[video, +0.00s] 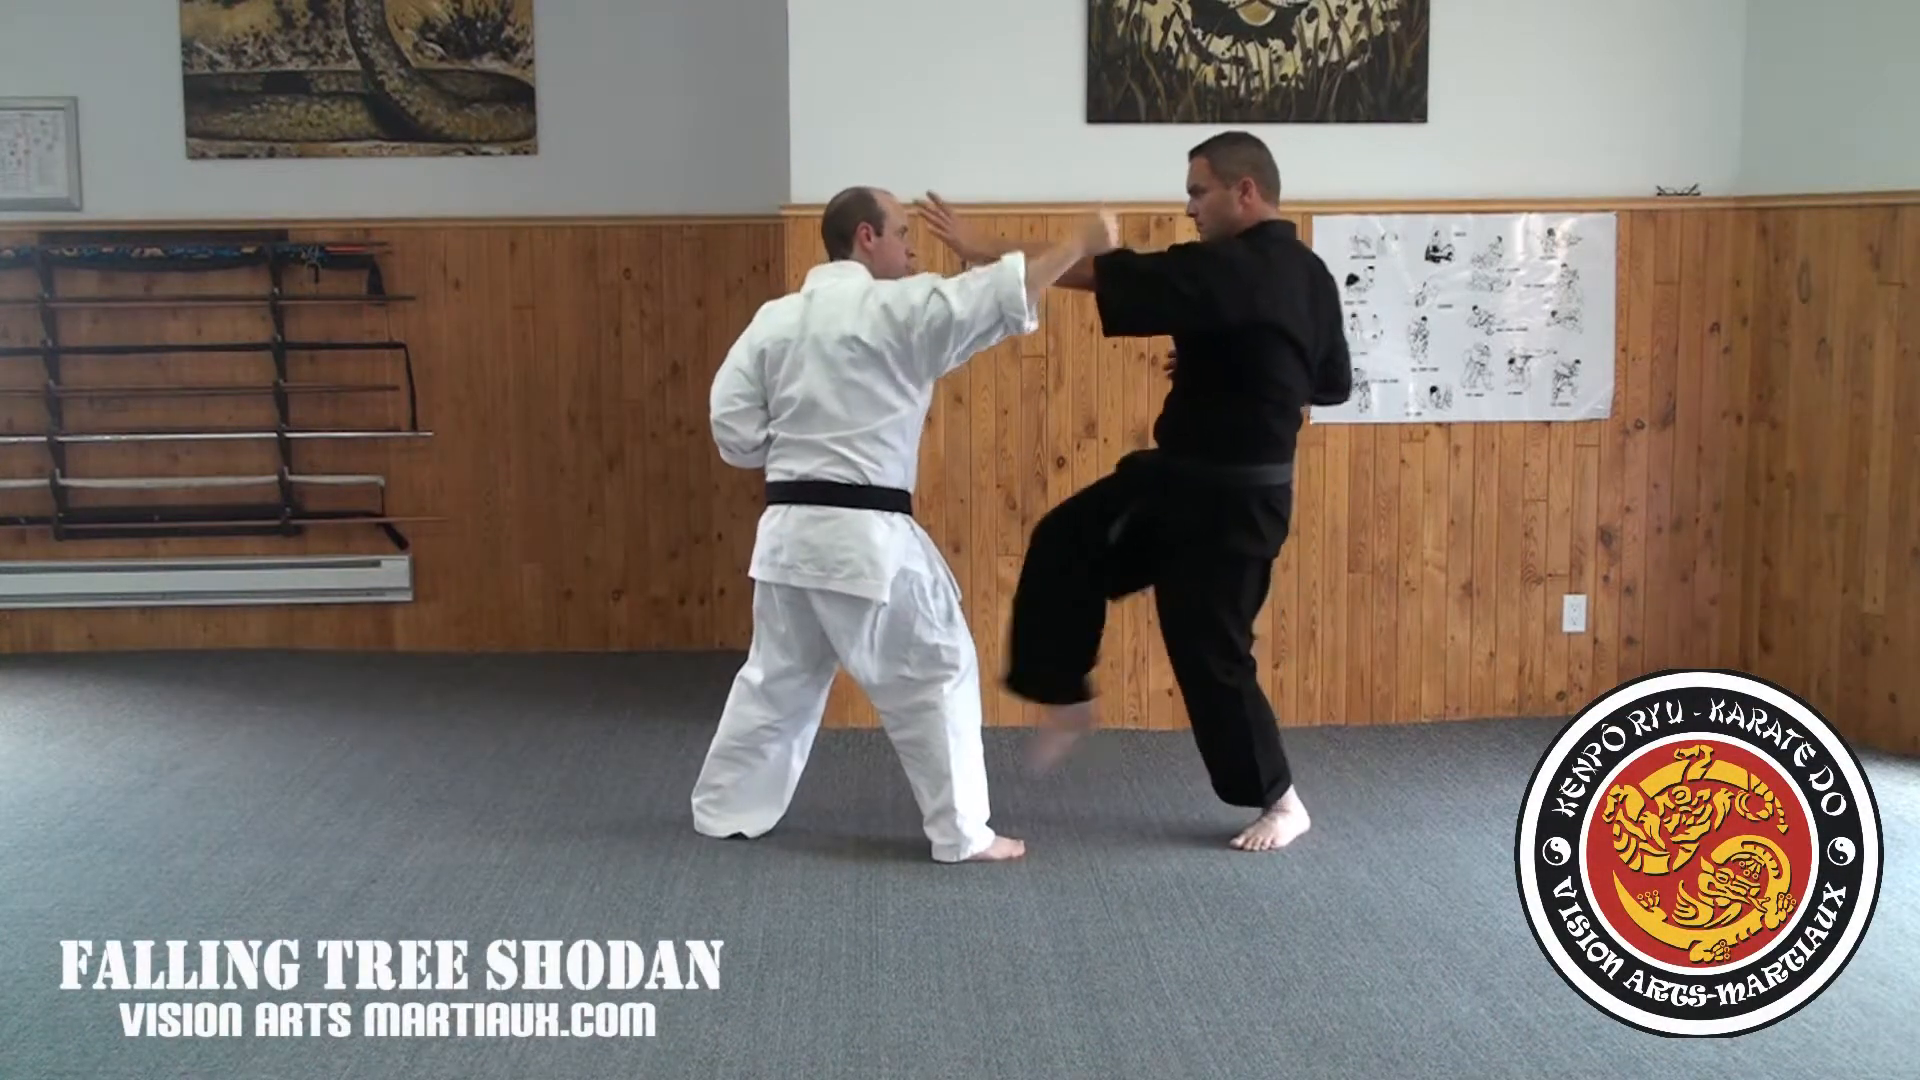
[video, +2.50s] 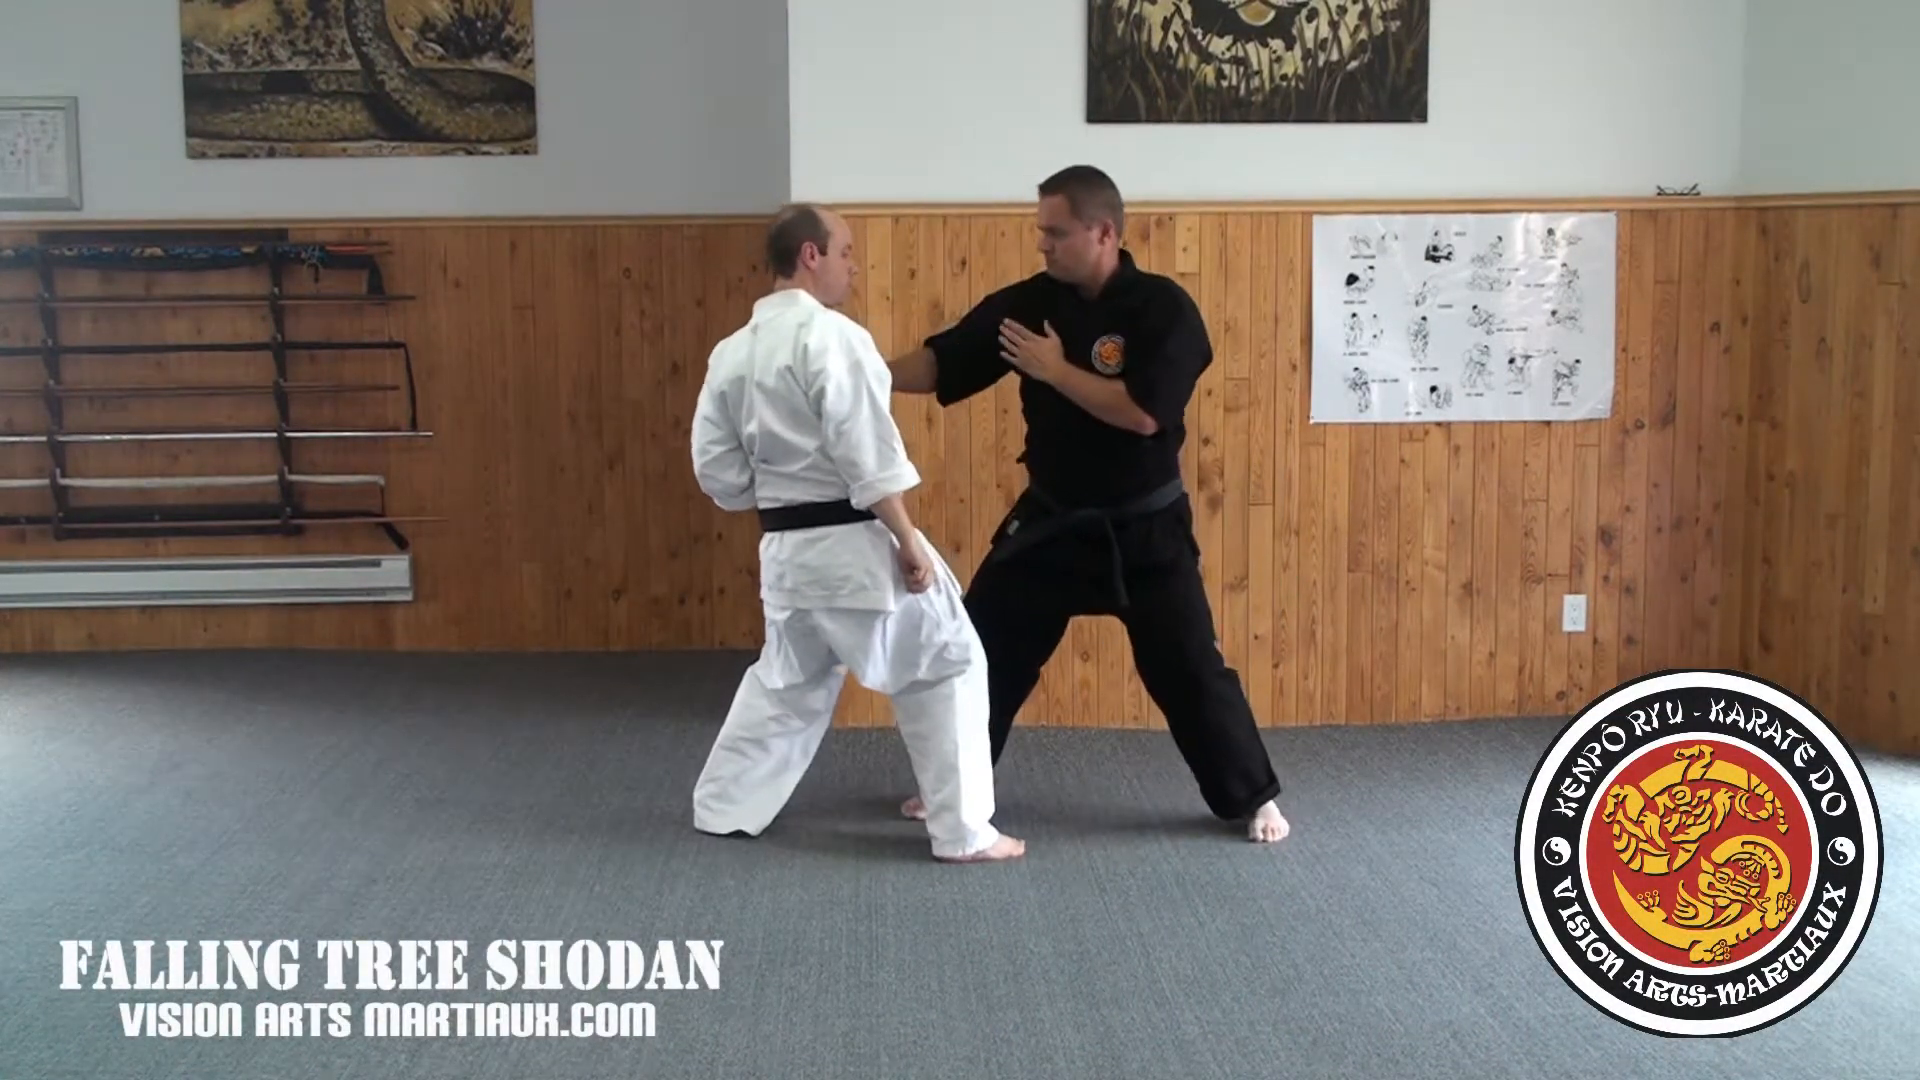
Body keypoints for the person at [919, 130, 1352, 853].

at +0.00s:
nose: (1191, 208)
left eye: (1199, 193)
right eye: (1190, 194)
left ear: (1247, 191)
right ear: (1256, 196)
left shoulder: (1223, 264)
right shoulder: (1309, 272)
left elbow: (1101, 273)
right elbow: (1330, 384)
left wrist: (984, 252)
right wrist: (1228, 364)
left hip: (1217, 491)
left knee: (1209, 649)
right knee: (1063, 545)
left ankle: (1280, 802)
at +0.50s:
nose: (1061, 224)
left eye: (1073, 210)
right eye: (1061, 211)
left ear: (1123, 215)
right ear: (1105, 216)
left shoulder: (1135, 295)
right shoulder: (1089, 292)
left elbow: (1023, 275)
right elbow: (1104, 387)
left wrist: (939, 197)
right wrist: (1032, 370)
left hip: (1101, 515)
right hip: (1033, 508)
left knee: (1132, 670)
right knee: (961, 653)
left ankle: (1241, 781)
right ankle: (932, 794)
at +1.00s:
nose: (1034, 208)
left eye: (1049, 201)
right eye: (1035, 195)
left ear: (1094, 212)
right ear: (1035, 192)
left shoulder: (1133, 279)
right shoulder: (1011, 249)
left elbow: (1069, 357)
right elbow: (949, 161)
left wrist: (1006, 308)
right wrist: (1043, 166)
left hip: (1112, 500)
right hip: (1018, 493)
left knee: (1167, 650)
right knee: (966, 646)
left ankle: (1235, 797)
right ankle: (930, 794)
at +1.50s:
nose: (1000, 252)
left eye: (1012, 242)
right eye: (998, 239)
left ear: (1060, 245)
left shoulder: (1113, 313)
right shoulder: (995, 303)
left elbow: (1055, 406)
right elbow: (890, 268)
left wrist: (988, 359)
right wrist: (977, 233)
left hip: (1108, 537)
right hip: (1014, 534)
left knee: (1165, 682)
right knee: (939, 658)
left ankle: (1246, 804)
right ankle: (914, 790)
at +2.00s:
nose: (1017, 238)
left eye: (1029, 226)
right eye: (1015, 226)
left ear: (1080, 227)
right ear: (1020, 225)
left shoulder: (1132, 302)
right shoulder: (1008, 290)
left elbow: (1094, 398)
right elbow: (914, 261)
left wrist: (1012, 347)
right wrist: (951, 215)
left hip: (1127, 522)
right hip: (1031, 518)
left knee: (1184, 666)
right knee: (964, 658)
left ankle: (1257, 790)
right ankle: (914, 788)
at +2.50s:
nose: (1041, 245)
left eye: (1053, 233)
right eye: (1039, 232)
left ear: (1104, 235)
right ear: (1086, 235)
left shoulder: (1164, 310)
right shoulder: (1027, 307)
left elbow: (1147, 413)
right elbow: (940, 361)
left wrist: (1056, 371)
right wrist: (860, 377)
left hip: (1146, 526)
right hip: (1049, 522)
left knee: (1188, 667)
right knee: (981, 652)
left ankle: (1255, 798)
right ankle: (954, 786)